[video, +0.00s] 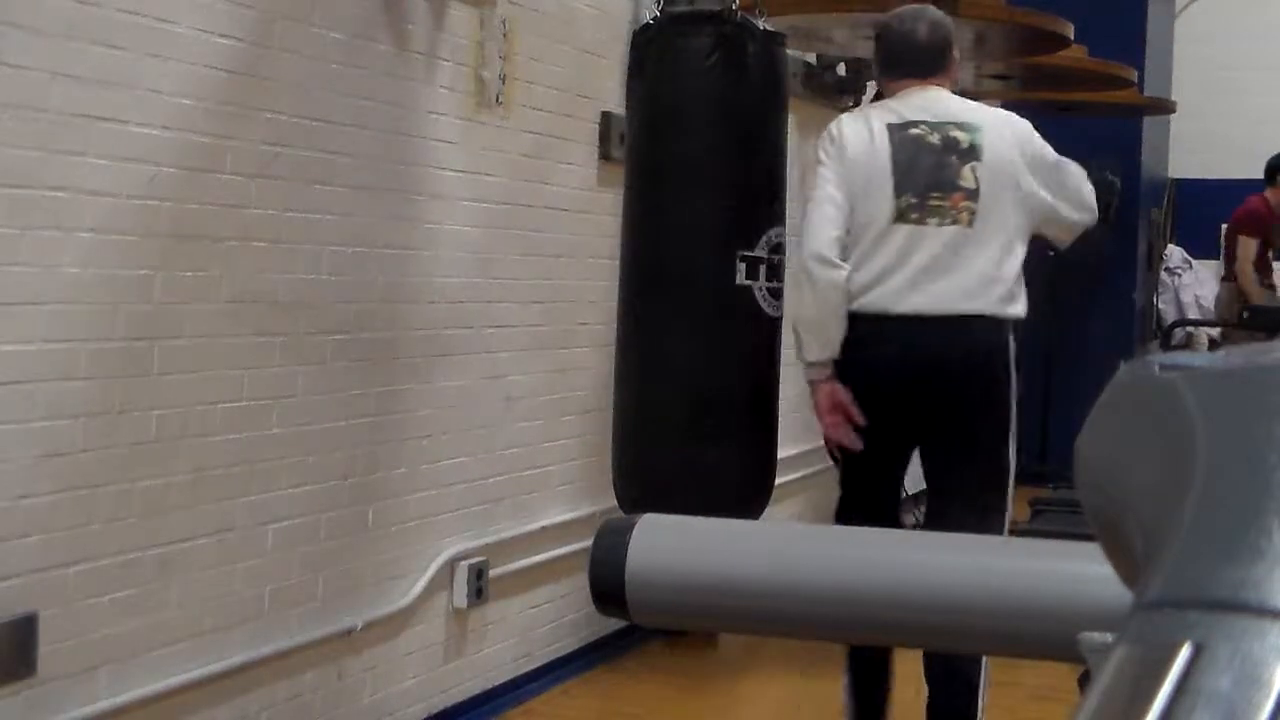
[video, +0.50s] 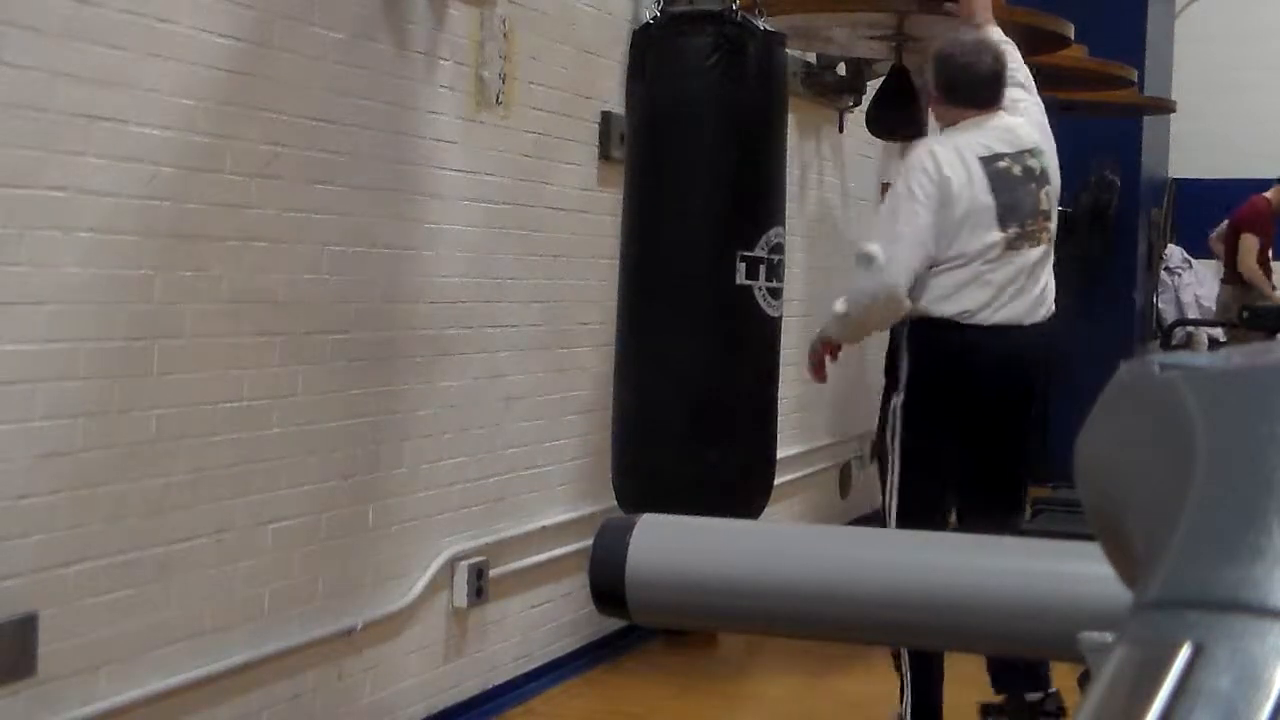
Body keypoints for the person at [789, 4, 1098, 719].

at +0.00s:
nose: (965, 72)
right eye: (962, 63)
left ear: (879, 71)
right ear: (954, 68)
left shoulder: (846, 135)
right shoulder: (1006, 133)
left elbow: (819, 257)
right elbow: (1078, 210)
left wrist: (821, 372)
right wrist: (1017, 186)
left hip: (876, 355)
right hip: (977, 361)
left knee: (863, 537)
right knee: (970, 542)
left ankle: (867, 704)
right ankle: (955, 707)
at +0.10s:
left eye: (886, 77)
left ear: (888, 79)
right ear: (960, 78)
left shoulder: (861, 147)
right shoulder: (1013, 138)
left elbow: (838, 273)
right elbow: (1072, 174)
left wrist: (833, 381)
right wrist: (1008, 206)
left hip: (892, 362)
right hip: (990, 364)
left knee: (888, 542)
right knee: (976, 541)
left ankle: (915, 694)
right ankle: (961, 701)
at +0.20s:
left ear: (891, 91)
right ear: (965, 89)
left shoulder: (874, 161)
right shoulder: (1017, 145)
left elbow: (846, 287)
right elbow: (1050, 146)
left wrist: (832, 390)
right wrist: (1000, 99)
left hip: (904, 363)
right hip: (1001, 362)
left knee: (898, 542)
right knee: (988, 534)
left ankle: (924, 702)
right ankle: (970, 699)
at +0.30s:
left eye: (898, 81)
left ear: (897, 91)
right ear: (974, 87)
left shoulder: (888, 164)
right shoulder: (1022, 142)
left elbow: (855, 286)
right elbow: (1027, 112)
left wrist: (830, 378)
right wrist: (990, 72)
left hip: (911, 360)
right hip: (1006, 360)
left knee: (900, 531)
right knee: (992, 518)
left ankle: (927, 702)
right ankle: (988, 677)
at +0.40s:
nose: (910, 87)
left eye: (910, 79)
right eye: (918, 78)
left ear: (916, 89)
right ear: (986, 81)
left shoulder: (906, 158)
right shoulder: (1025, 130)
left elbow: (869, 283)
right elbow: (1014, 88)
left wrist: (828, 355)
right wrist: (985, 40)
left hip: (928, 351)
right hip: (1015, 349)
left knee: (908, 526)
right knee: (995, 519)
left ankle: (922, 701)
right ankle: (1018, 692)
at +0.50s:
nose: (924, 86)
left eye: (924, 79)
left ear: (934, 92)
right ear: (1000, 85)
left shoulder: (930, 159)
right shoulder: (1032, 132)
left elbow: (889, 277)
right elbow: (1013, 74)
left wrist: (835, 332)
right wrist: (984, 22)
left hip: (939, 352)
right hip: (1020, 351)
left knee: (913, 529)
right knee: (998, 529)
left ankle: (920, 703)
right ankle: (1026, 691)